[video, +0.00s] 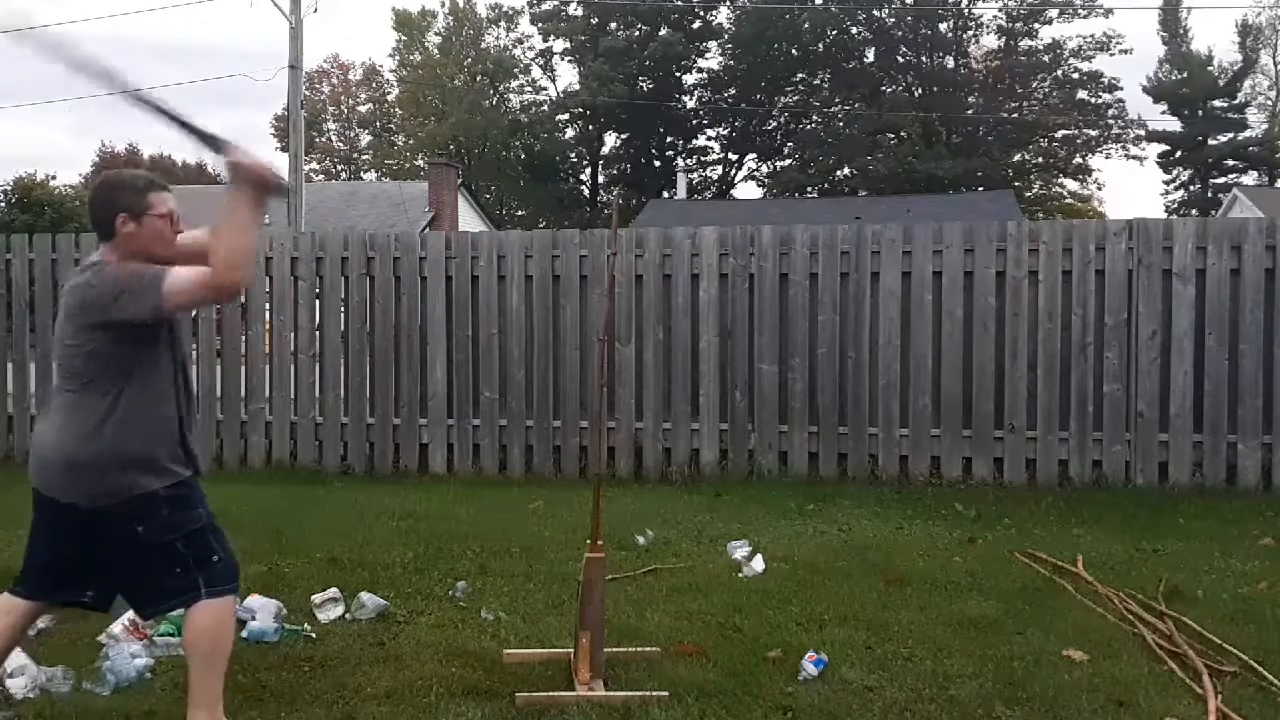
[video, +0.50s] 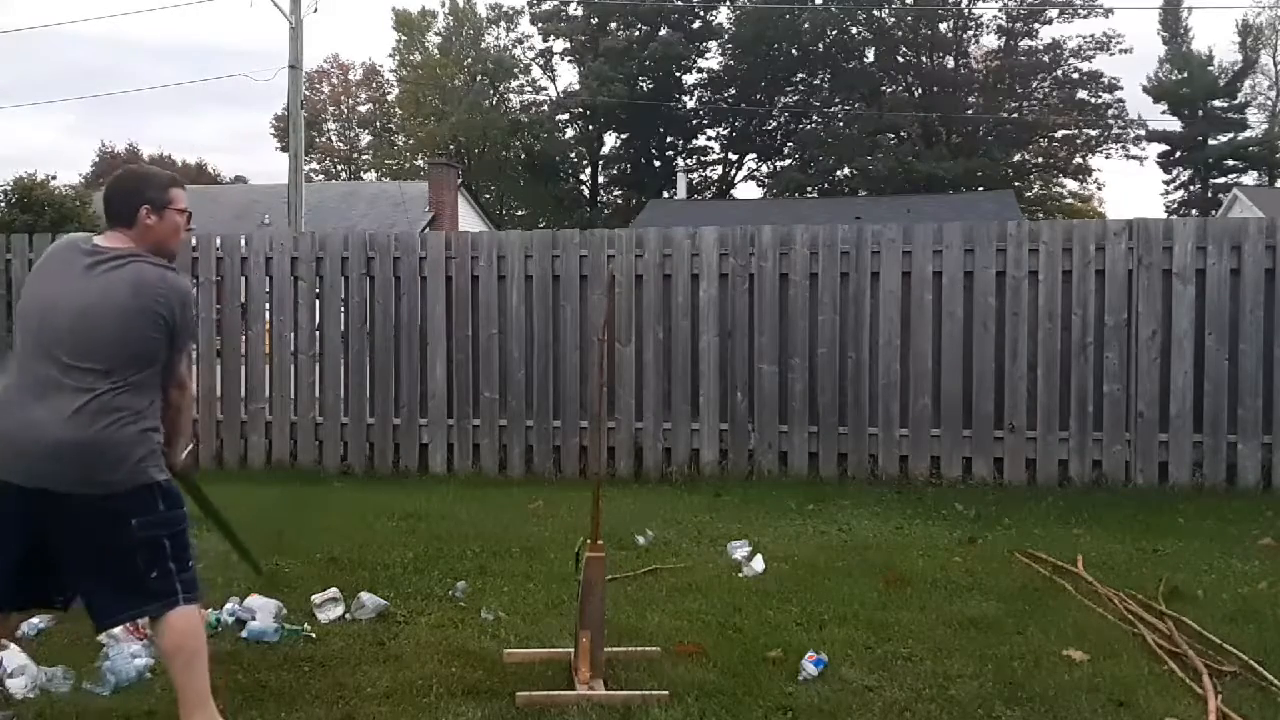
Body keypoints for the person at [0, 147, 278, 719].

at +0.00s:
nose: (178, 230)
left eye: (175, 219)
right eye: (167, 219)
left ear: (125, 226)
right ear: (126, 226)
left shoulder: (99, 276)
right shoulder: (116, 283)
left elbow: (219, 247)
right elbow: (229, 278)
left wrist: (247, 196)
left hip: (66, 470)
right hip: (135, 471)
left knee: (32, 590)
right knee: (214, 583)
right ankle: (206, 712)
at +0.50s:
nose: (188, 225)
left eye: (188, 214)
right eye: (181, 214)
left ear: (128, 218)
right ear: (146, 216)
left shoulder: (55, 254)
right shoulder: (172, 288)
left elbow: (38, 352)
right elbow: (178, 386)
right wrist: (173, 455)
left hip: (16, 455)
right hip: (114, 461)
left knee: (8, 598)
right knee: (174, 593)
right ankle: (200, 711)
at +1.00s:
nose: (155, 213)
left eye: (154, 202)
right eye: (147, 202)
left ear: (97, 209)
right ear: (109, 206)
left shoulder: (39, 268)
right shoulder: (121, 275)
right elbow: (182, 365)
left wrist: (195, 384)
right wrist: (248, 395)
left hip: (21, 464)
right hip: (111, 466)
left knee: (9, 596)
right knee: (170, 596)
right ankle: (201, 713)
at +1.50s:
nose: (161, 217)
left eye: (159, 205)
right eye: (152, 205)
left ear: (109, 212)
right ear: (113, 210)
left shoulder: (67, 271)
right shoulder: (109, 280)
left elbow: (182, 334)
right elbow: (188, 353)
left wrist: (257, 362)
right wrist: (284, 367)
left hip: (29, 466)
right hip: (104, 468)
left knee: (12, 594)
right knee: (176, 595)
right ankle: (201, 712)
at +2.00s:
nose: (201, 245)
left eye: (199, 234)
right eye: (191, 235)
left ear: (146, 243)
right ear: (153, 241)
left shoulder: (103, 290)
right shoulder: (149, 306)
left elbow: (227, 337)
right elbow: (239, 372)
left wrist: (313, 359)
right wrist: (326, 361)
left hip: (29, 481)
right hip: (112, 487)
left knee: (10, 602)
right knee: (209, 589)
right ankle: (204, 713)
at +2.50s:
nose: (160, 251)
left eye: (158, 238)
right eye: (151, 240)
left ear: (116, 245)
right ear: (117, 245)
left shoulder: (119, 298)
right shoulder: (80, 296)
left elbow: (194, 245)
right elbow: (158, 252)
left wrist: (205, 182)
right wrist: (164, 161)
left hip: (44, 485)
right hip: (96, 484)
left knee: (17, 607)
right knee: (203, 582)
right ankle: (205, 712)